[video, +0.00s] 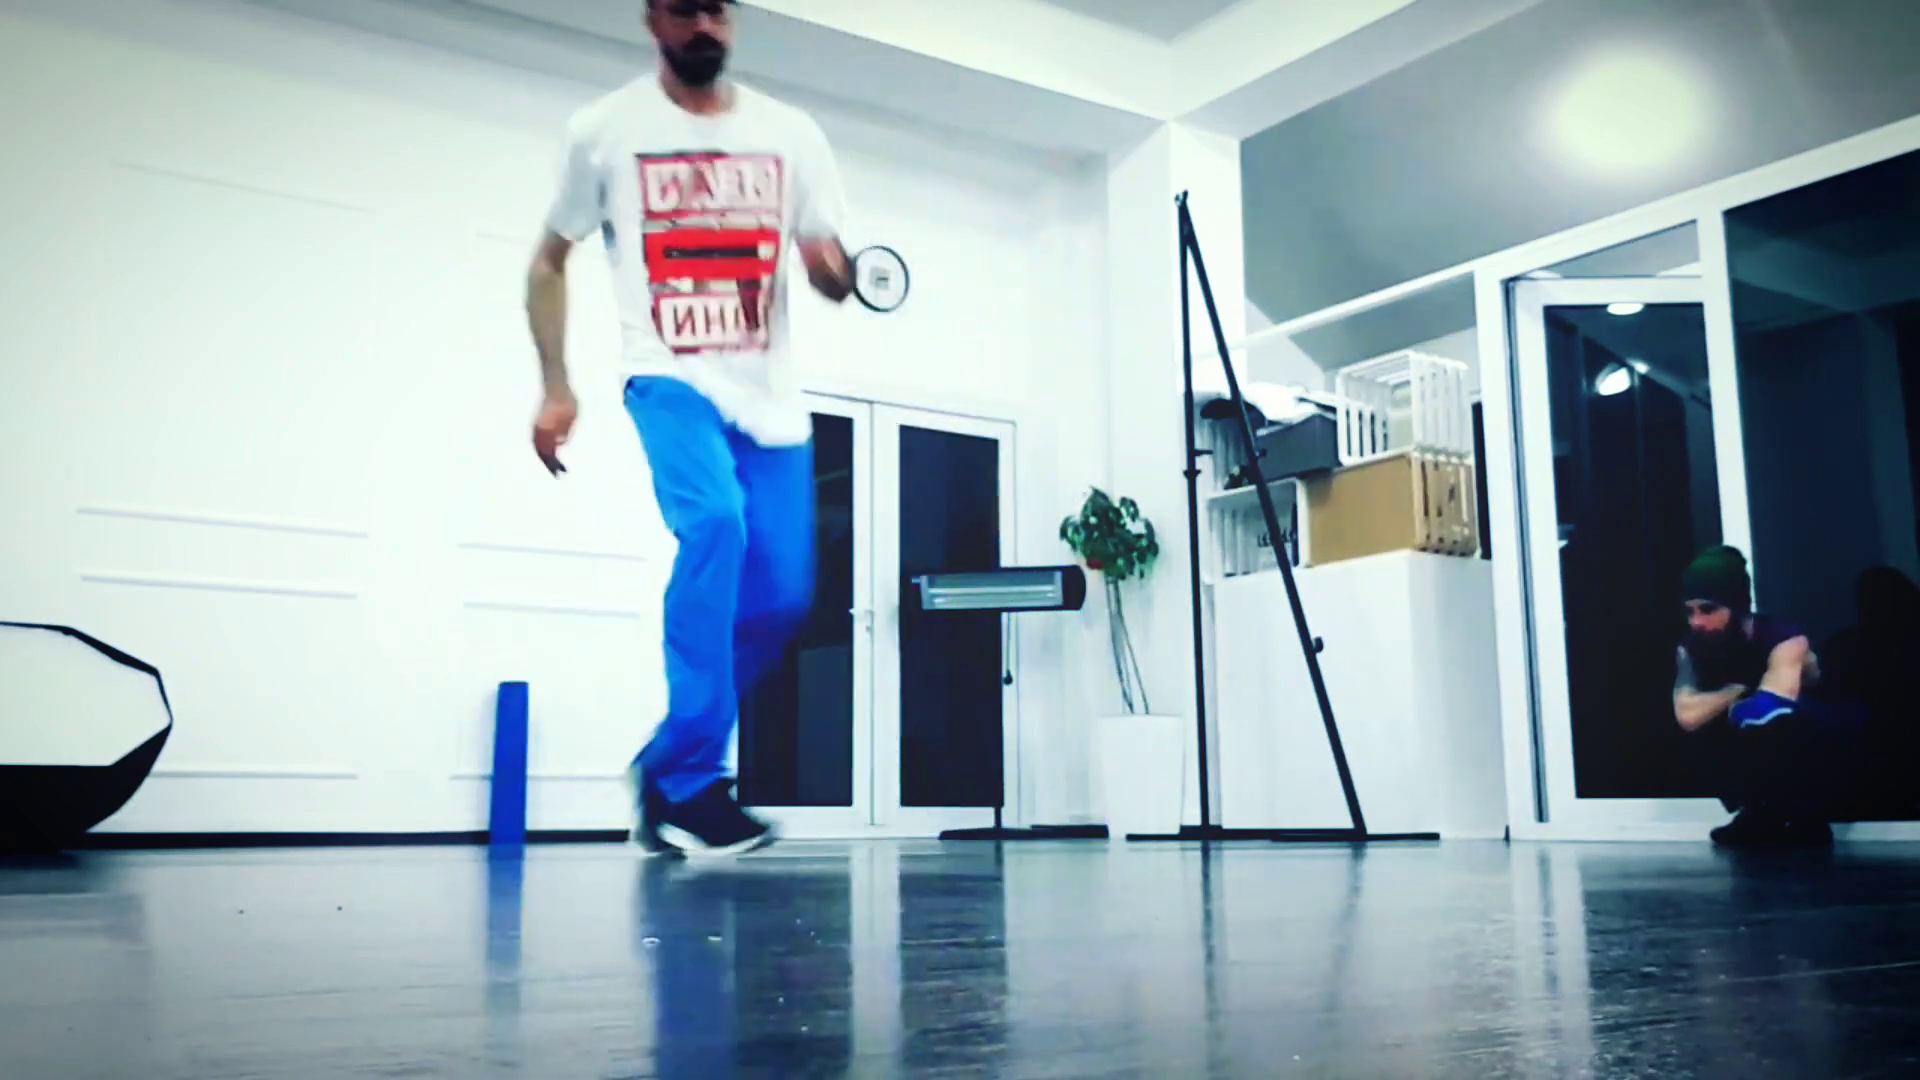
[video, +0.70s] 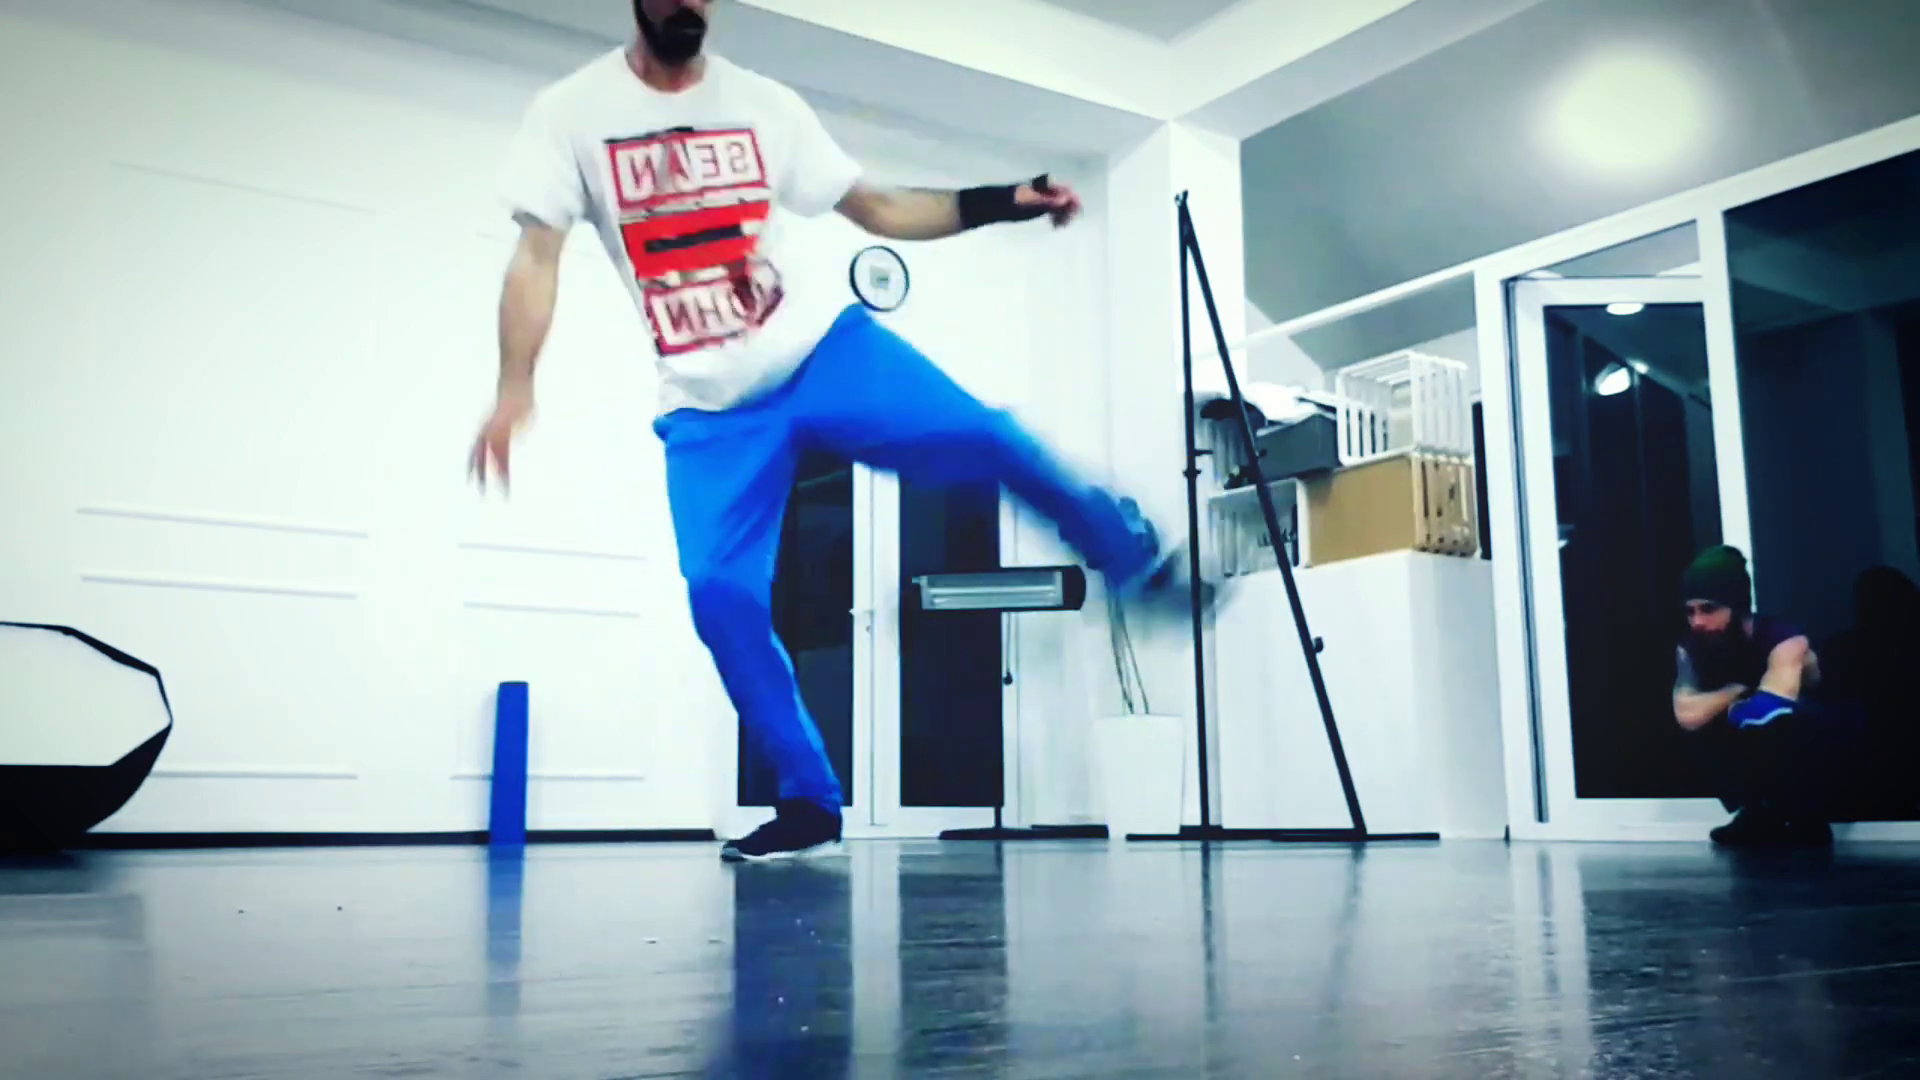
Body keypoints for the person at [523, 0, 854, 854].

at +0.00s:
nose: (703, 26)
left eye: (716, 11)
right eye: (683, 11)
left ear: (735, 19)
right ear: (649, 20)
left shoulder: (792, 134)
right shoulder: (603, 132)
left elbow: (834, 277)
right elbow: (549, 263)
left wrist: (834, 269)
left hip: (768, 387)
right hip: (668, 377)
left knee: (783, 594)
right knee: (717, 523)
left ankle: (665, 768)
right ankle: (696, 783)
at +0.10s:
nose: (669, 21)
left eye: (682, 5)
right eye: (649, 7)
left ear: (702, 13)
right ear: (619, 17)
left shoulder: (772, 119)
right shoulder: (581, 142)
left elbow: (820, 239)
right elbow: (535, 281)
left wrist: (833, 266)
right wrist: (543, 413)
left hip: (786, 394)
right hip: (678, 398)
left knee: (864, 556)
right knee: (705, 565)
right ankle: (650, 800)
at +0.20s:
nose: (654, 20)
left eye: (667, 5)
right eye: (633, 7)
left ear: (685, 13)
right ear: (598, 18)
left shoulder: (751, 118)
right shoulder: (564, 153)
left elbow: (825, 230)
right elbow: (540, 296)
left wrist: (869, 267)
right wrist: (551, 319)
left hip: (796, 390)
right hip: (674, 411)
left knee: (927, 518)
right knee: (685, 577)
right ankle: (655, 803)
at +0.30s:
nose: (645, 6)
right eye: (629, 2)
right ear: (606, 2)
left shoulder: (749, 52)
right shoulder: (577, 68)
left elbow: (825, 163)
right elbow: (542, 200)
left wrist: (895, 165)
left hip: (810, 305)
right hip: (698, 354)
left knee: (960, 400)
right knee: (722, 545)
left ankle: (1110, 555)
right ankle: (711, 780)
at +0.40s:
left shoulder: (752, 14)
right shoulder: (569, 16)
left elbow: (825, 128)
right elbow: (535, 111)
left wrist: (912, 119)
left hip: (802, 235)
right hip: (695, 283)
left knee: (911, 387)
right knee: (788, 473)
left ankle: (985, 597)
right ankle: (913, 670)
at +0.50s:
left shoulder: (757, 13)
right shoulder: (568, 16)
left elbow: (822, 127)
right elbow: (530, 128)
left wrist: (930, 141)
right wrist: (552, 19)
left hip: (800, 225)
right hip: (698, 280)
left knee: (914, 391)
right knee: (801, 473)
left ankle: (1037, 569)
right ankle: (911, 672)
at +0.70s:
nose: (685, 10)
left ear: (713, 9)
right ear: (634, 4)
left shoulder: (764, 107)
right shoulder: (570, 115)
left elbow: (877, 210)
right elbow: (535, 256)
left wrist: (1009, 201)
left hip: (826, 353)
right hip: (711, 411)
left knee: (989, 438)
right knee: (722, 595)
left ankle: (1144, 567)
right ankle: (809, 805)